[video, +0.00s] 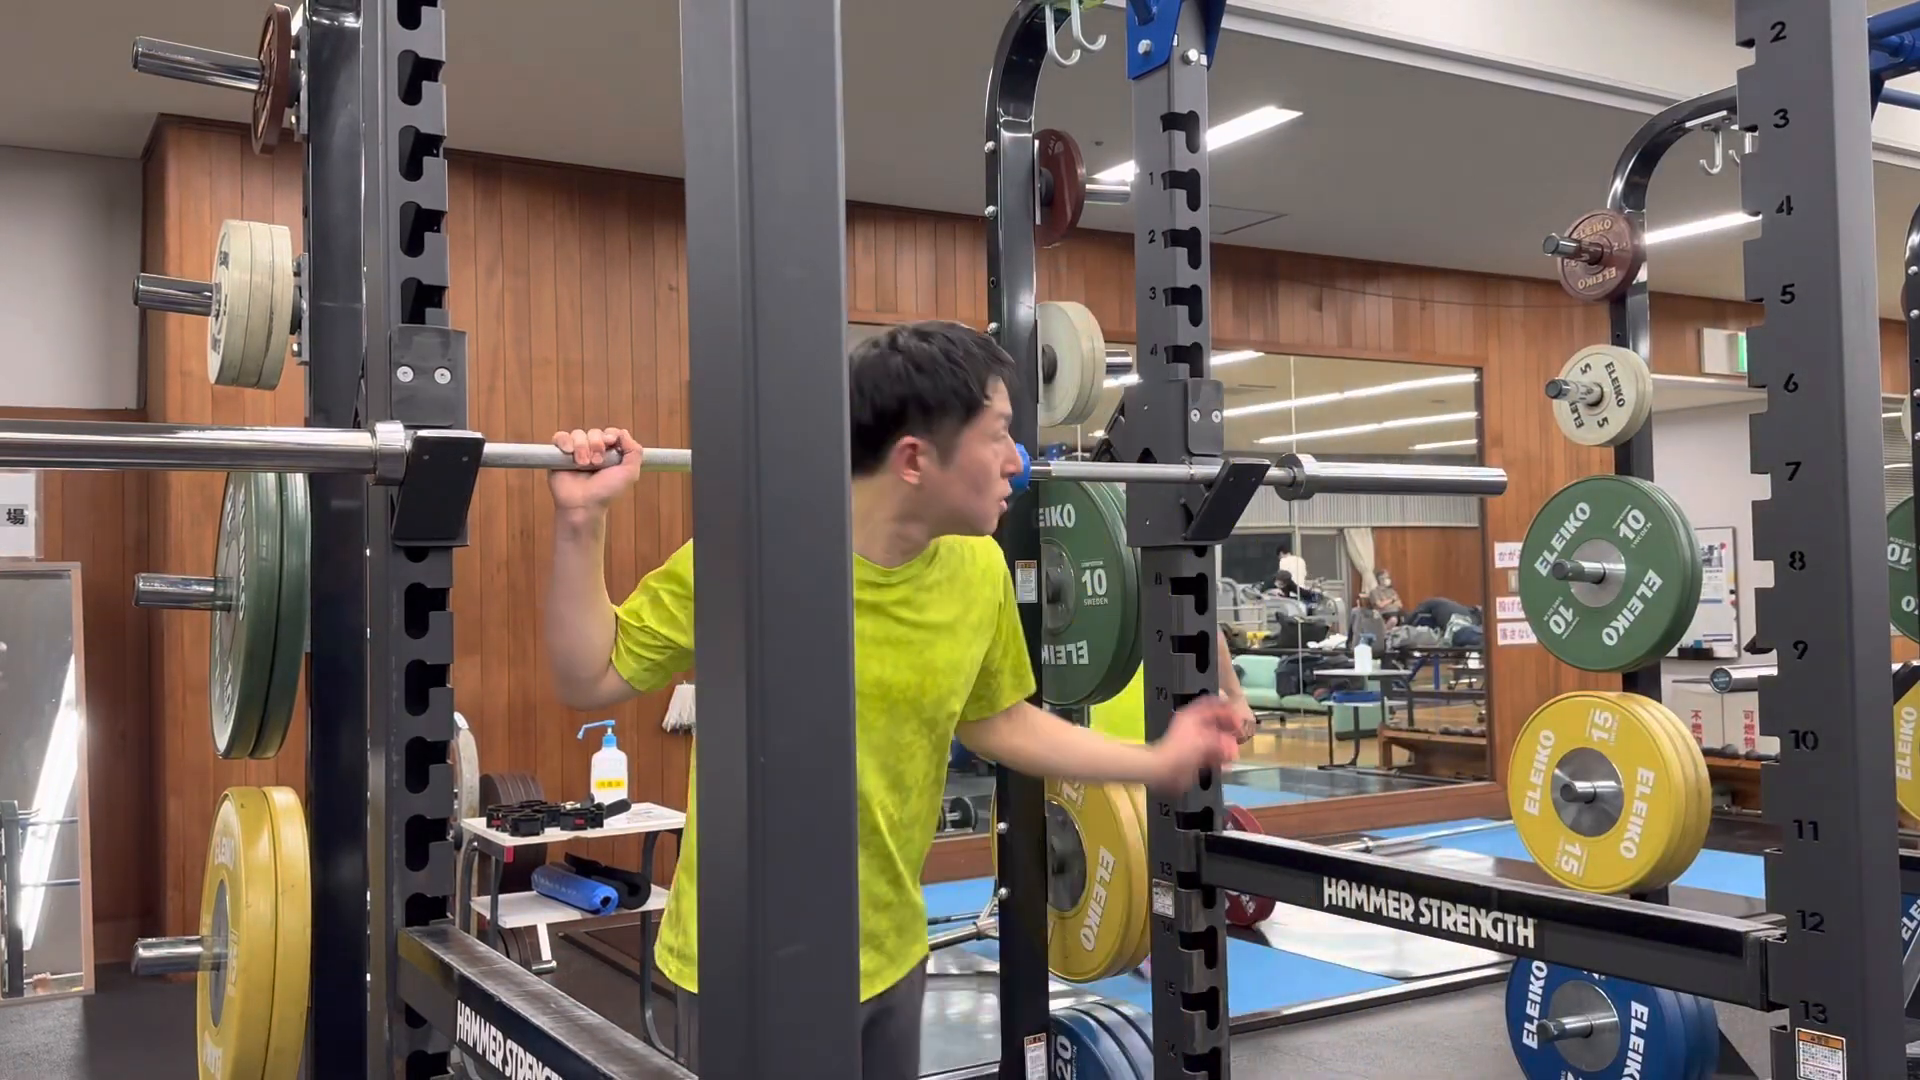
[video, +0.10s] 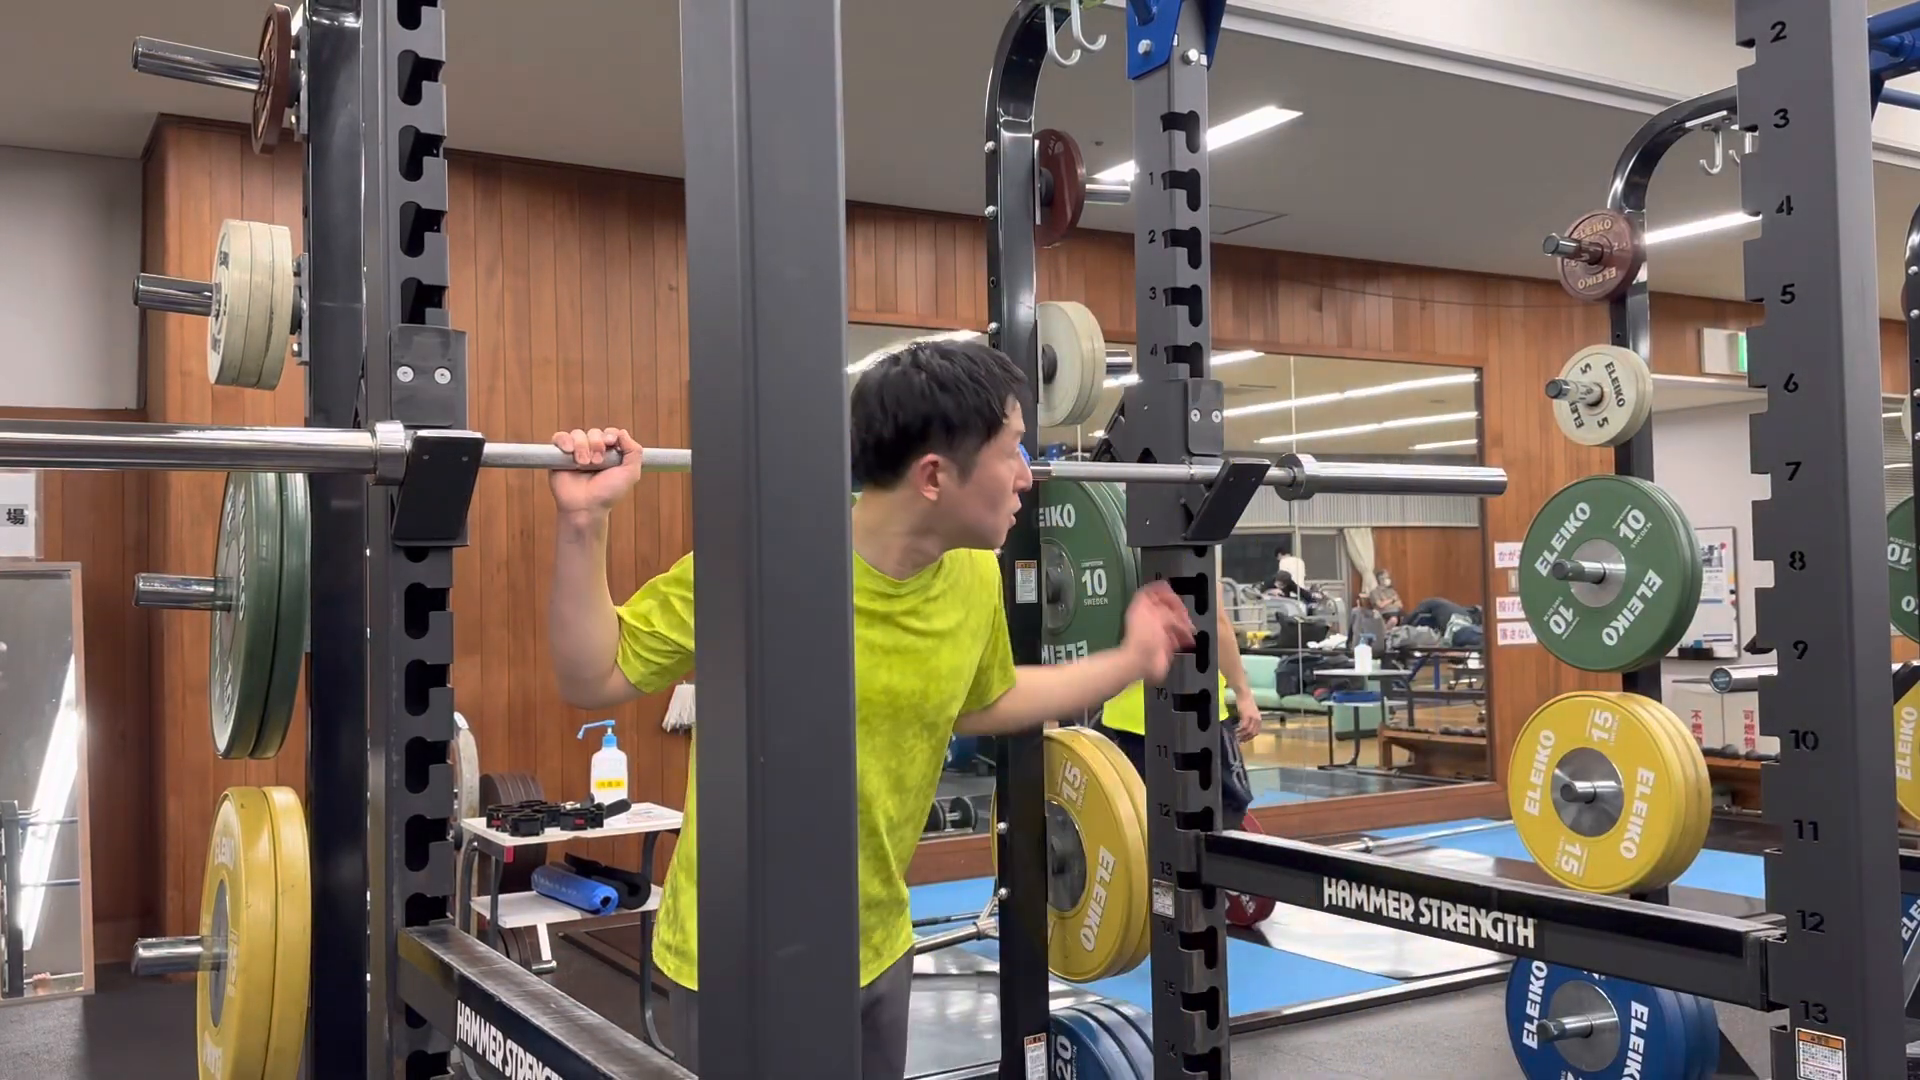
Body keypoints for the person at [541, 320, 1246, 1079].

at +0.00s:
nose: (1016, 458)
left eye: (1010, 434)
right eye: (997, 435)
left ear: (924, 458)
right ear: (914, 458)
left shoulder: (974, 570)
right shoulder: (750, 553)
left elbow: (998, 718)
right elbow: (590, 676)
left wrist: (1154, 763)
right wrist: (578, 525)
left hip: (884, 966)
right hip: (736, 974)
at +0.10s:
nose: (1028, 476)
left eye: (1023, 451)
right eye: (1012, 451)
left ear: (939, 476)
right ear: (934, 474)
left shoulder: (974, 581)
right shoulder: (769, 560)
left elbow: (981, 703)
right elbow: (594, 678)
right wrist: (580, 523)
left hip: (874, 957)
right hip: (732, 965)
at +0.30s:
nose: (1027, 482)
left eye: (1025, 460)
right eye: (1015, 462)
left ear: (948, 483)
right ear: (946, 482)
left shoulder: (967, 571)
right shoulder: (771, 560)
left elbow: (968, 675)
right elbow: (594, 678)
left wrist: (1081, 570)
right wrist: (583, 523)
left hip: (868, 949)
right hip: (730, 956)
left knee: (872, 1072)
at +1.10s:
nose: (948, 449)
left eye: (974, 420)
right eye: (916, 418)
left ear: (1002, 436)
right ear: (863, 435)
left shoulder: (1002, 552)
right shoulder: (788, 549)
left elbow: (1059, 647)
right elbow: (630, 688)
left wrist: (1167, 533)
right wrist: (587, 527)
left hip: (915, 961)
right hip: (777, 966)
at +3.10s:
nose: (960, 430)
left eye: (982, 400)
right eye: (929, 399)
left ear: (1003, 399)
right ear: (863, 398)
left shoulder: (1009, 501)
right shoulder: (796, 502)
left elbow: (1052, 599)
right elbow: (632, 620)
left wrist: (1162, 503)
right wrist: (584, 479)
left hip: (986, 932)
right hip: (844, 952)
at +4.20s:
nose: (1037, 455)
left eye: (1057, 422)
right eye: (1004, 424)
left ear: (1076, 417)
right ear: (924, 419)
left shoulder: (1072, 524)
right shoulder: (842, 532)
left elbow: (1089, 621)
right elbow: (671, 658)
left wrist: (1206, 520)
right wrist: (631, 521)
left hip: (1036, 973)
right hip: (874, 994)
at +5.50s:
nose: (1129, 431)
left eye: (1143, 397)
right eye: (1088, 397)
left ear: (1161, 409)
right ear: (997, 420)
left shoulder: (1150, 551)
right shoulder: (892, 561)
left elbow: (1184, 662)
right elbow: (715, 700)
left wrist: (1299, 548)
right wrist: (675, 550)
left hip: (1111, 1016)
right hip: (924, 1033)